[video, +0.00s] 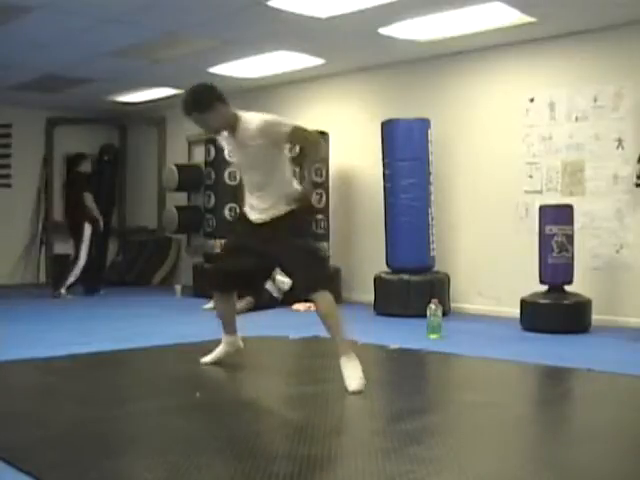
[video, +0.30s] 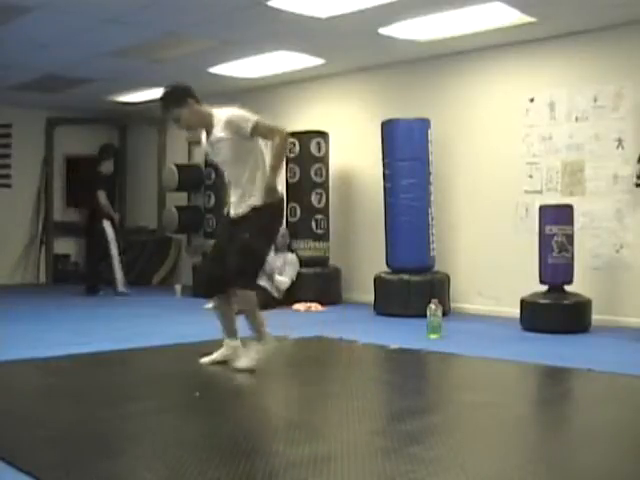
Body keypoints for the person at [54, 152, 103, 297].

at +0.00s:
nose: (90, 167)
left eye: (89, 163)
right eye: (87, 164)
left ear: (75, 165)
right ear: (81, 165)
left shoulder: (70, 180)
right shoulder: (83, 179)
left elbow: (70, 203)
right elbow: (88, 201)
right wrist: (99, 217)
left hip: (73, 219)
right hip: (83, 219)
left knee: (80, 255)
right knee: (82, 256)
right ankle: (63, 287)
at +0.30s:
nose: (112, 167)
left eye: (113, 163)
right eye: (111, 163)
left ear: (100, 160)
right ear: (106, 161)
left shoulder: (93, 175)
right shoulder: (101, 178)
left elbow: (98, 200)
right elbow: (102, 199)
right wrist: (114, 215)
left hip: (92, 217)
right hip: (102, 218)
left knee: (94, 252)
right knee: (113, 251)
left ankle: (92, 285)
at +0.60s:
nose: (134, 167)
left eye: (134, 163)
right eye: (132, 163)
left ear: (103, 159)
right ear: (123, 162)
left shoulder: (98, 175)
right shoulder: (122, 178)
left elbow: (93, 200)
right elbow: (125, 202)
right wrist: (133, 217)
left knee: (100, 250)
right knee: (130, 253)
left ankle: (97, 283)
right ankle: (137, 287)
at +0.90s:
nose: (140, 166)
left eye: (139, 162)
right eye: (138, 163)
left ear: (130, 164)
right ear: (131, 164)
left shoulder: (129, 177)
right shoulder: (133, 178)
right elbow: (133, 204)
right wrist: (146, 218)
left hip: (127, 220)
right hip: (133, 221)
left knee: (130, 253)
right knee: (136, 254)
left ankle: (132, 285)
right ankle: (137, 287)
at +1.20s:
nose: (149, 166)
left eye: (150, 163)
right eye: (145, 164)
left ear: (154, 164)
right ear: (141, 167)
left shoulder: (160, 182)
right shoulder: (136, 183)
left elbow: (163, 202)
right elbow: (128, 204)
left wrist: (164, 217)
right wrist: (140, 219)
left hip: (159, 225)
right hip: (144, 225)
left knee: (164, 257)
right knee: (141, 257)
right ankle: (140, 286)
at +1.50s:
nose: (154, 168)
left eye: (156, 164)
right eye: (152, 165)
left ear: (163, 165)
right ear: (149, 167)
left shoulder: (172, 184)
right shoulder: (146, 183)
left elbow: (178, 206)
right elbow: (141, 203)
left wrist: (170, 220)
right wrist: (142, 217)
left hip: (165, 224)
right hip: (149, 223)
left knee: (166, 256)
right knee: (149, 255)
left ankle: (168, 283)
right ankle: (148, 282)